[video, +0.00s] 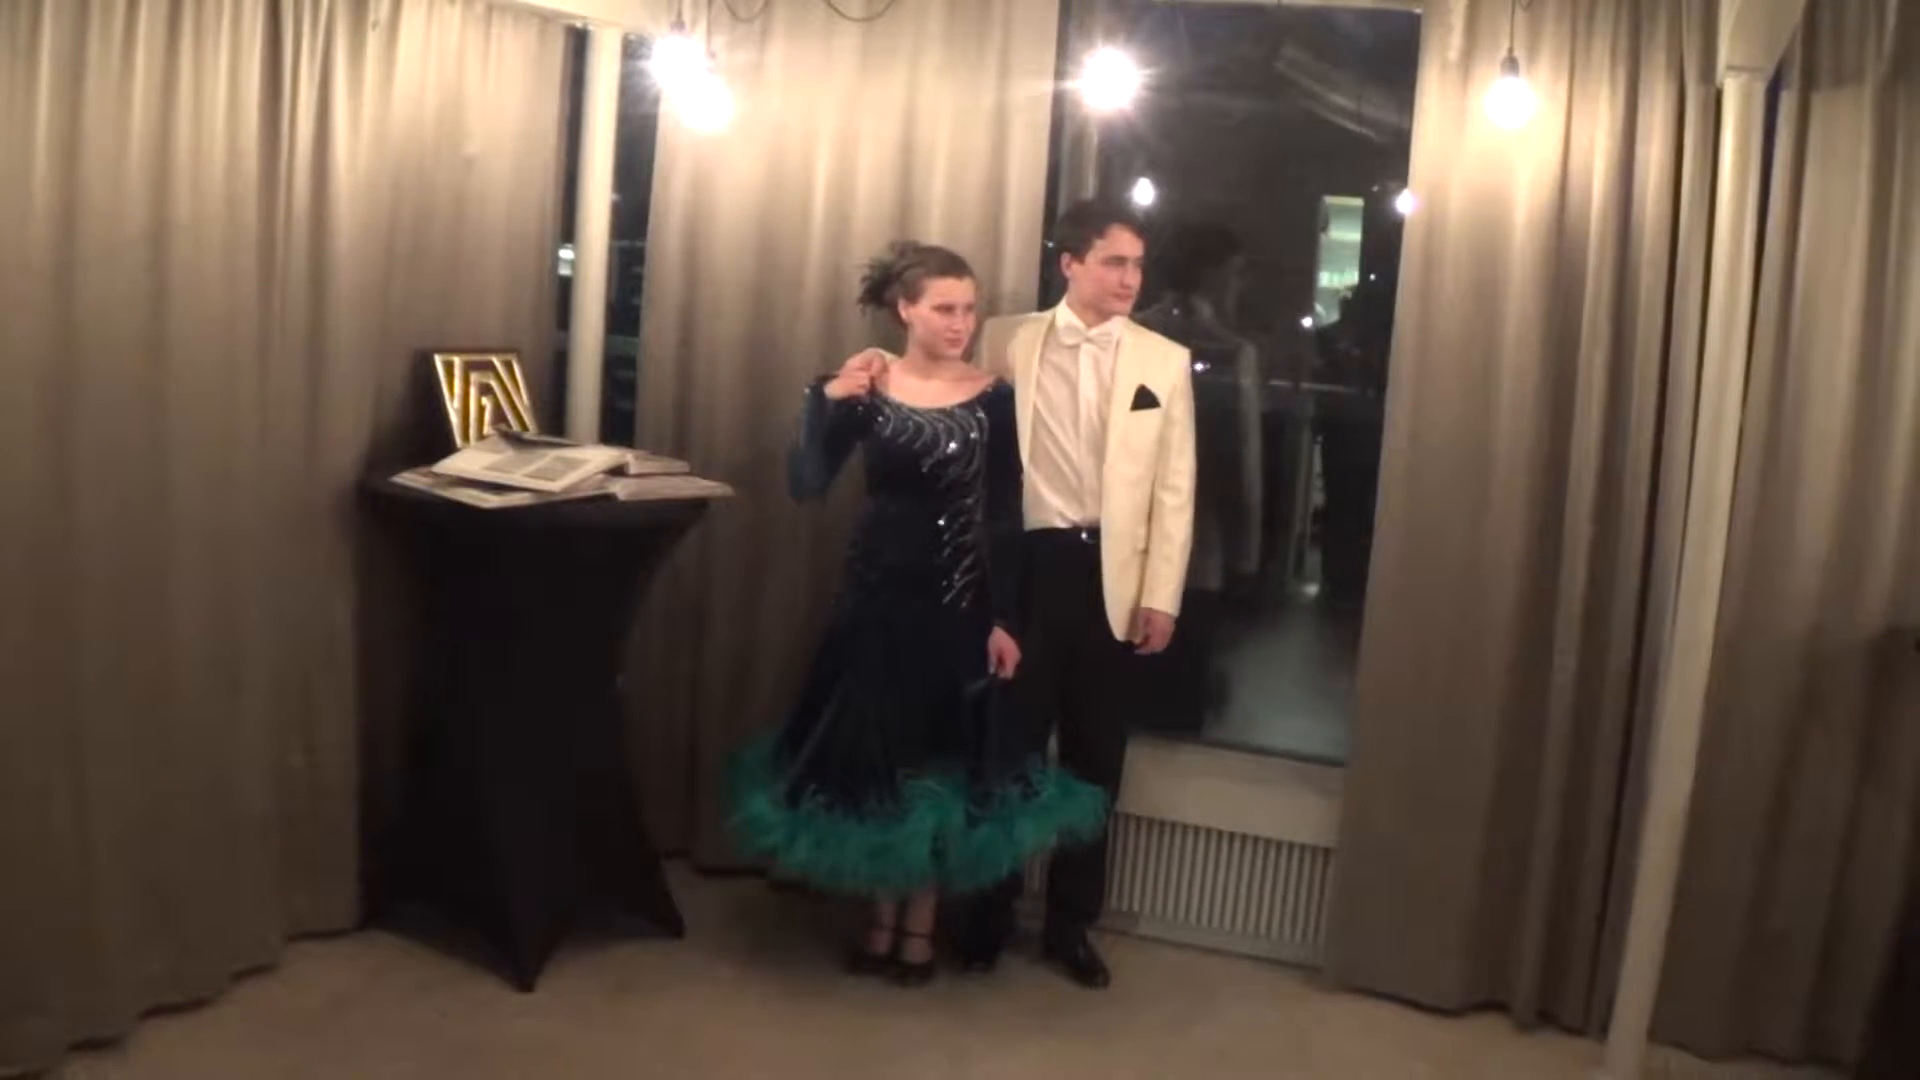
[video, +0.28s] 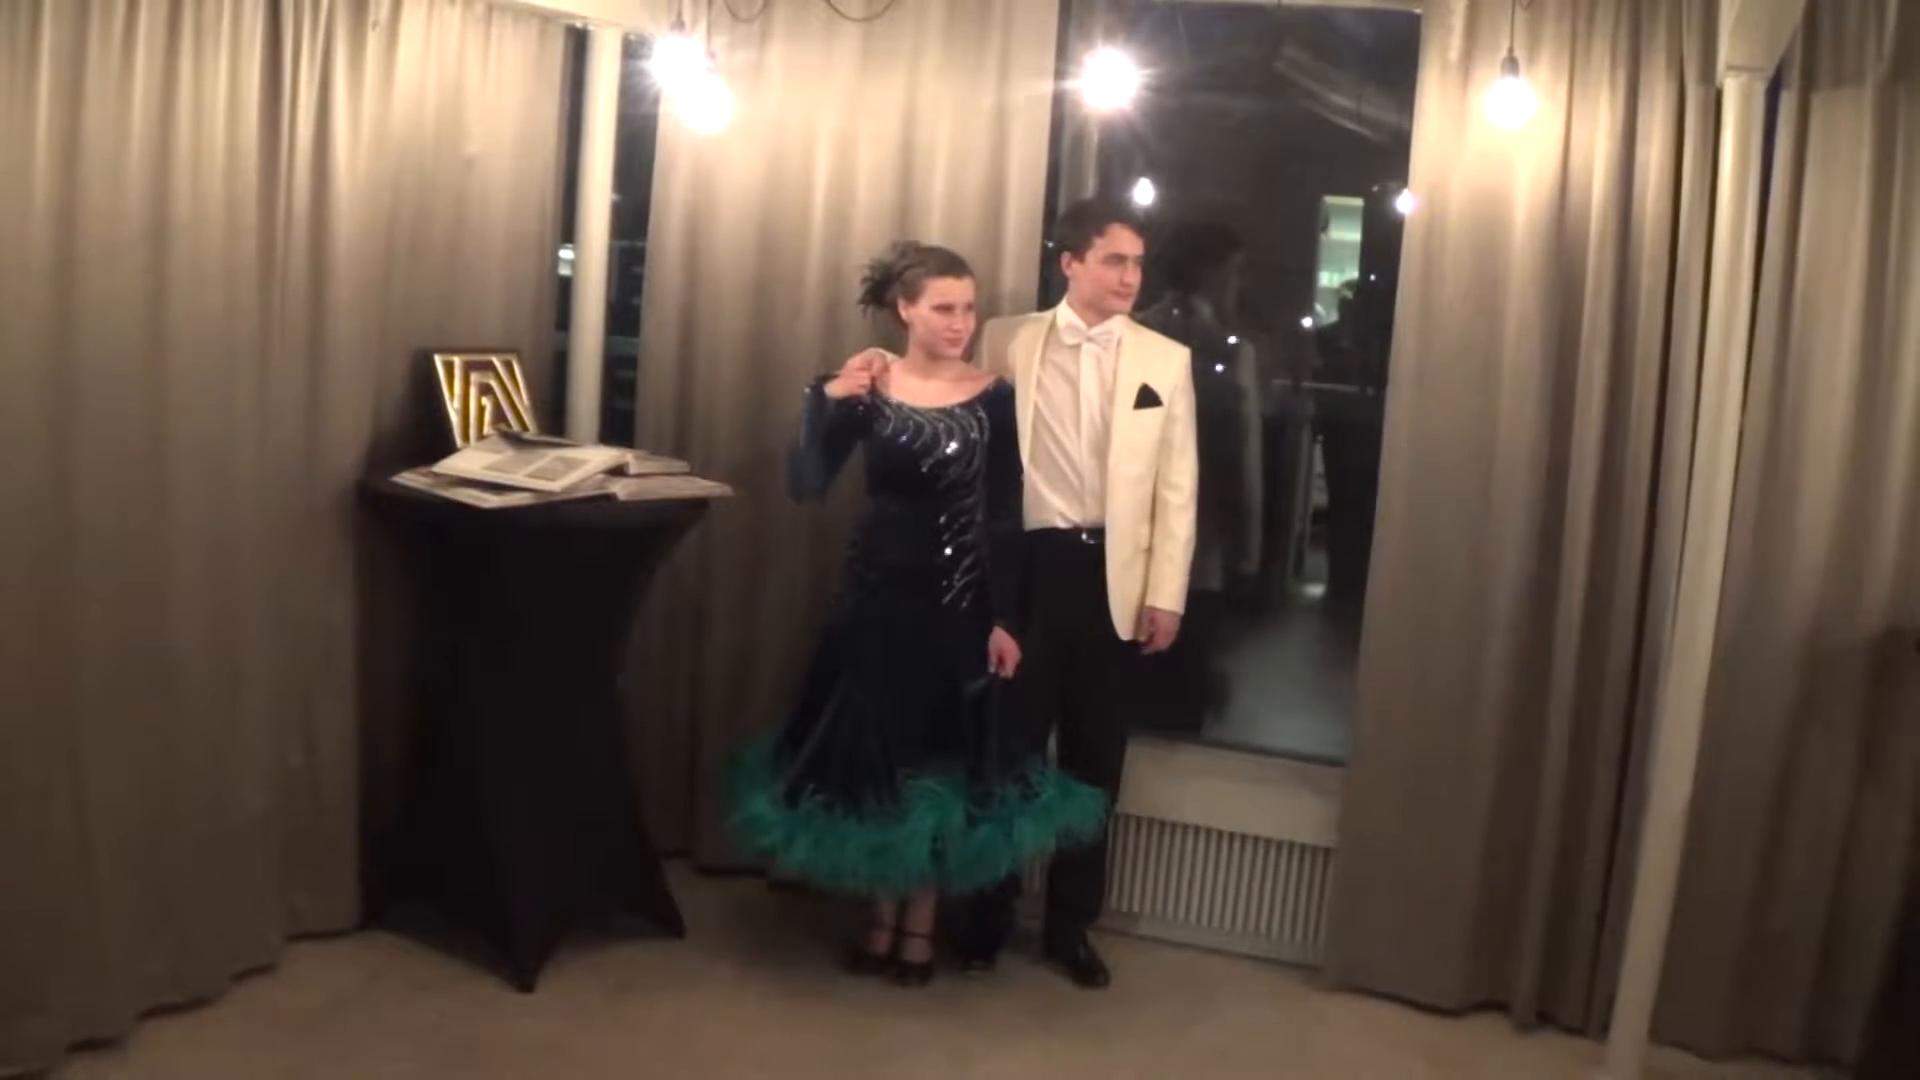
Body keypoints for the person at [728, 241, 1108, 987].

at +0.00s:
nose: (959, 323)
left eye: (968, 309)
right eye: (943, 309)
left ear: (980, 314)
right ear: (903, 311)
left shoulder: (991, 397)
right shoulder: (870, 384)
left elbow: (1004, 514)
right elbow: (808, 483)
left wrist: (1004, 617)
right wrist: (829, 397)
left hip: (958, 596)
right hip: (881, 588)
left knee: (938, 752)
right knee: (877, 747)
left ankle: (922, 908)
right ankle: (877, 906)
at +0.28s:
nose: (959, 323)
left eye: (968, 309)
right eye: (943, 309)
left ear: (980, 314)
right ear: (903, 311)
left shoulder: (992, 398)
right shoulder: (870, 385)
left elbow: (1005, 516)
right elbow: (809, 482)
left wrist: (1005, 618)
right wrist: (829, 397)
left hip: (958, 598)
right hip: (881, 590)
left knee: (939, 753)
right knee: (878, 748)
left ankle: (922, 909)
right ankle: (877, 905)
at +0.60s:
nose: (958, 323)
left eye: (967, 309)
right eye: (941, 309)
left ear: (979, 314)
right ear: (902, 312)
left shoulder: (992, 398)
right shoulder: (871, 385)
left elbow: (1005, 515)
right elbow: (808, 480)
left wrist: (1005, 617)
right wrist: (831, 396)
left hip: (960, 594)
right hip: (884, 587)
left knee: (939, 748)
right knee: (879, 743)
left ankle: (923, 906)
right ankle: (880, 905)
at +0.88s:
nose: (957, 323)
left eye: (966, 309)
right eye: (940, 309)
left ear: (978, 314)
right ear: (902, 312)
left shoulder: (991, 397)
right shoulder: (871, 385)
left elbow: (1005, 514)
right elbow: (809, 481)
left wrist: (1004, 617)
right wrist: (832, 397)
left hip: (960, 594)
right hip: (883, 588)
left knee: (940, 748)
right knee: (880, 743)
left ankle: (923, 908)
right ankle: (880, 905)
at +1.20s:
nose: (957, 322)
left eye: (966, 308)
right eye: (940, 308)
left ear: (978, 313)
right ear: (900, 311)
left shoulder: (991, 396)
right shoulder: (871, 384)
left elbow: (1004, 514)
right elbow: (810, 480)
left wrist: (1004, 617)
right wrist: (831, 397)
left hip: (958, 598)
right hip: (882, 591)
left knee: (940, 753)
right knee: (880, 749)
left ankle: (922, 912)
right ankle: (880, 908)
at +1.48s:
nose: (955, 322)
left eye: (965, 308)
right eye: (939, 307)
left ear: (978, 313)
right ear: (899, 310)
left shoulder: (991, 396)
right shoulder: (870, 383)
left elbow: (1003, 514)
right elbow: (809, 481)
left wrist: (1004, 617)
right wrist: (832, 397)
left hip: (958, 597)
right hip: (882, 590)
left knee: (938, 752)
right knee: (879, 747)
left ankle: (921, 912)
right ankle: (879, 908)